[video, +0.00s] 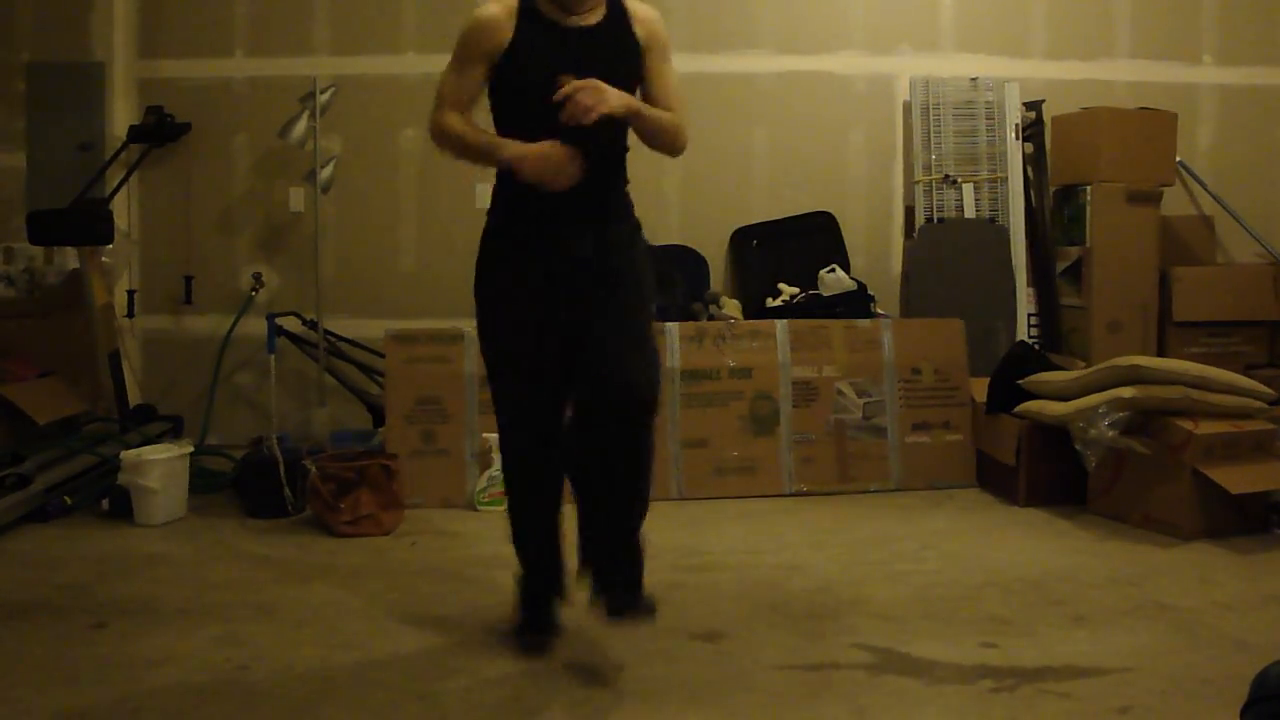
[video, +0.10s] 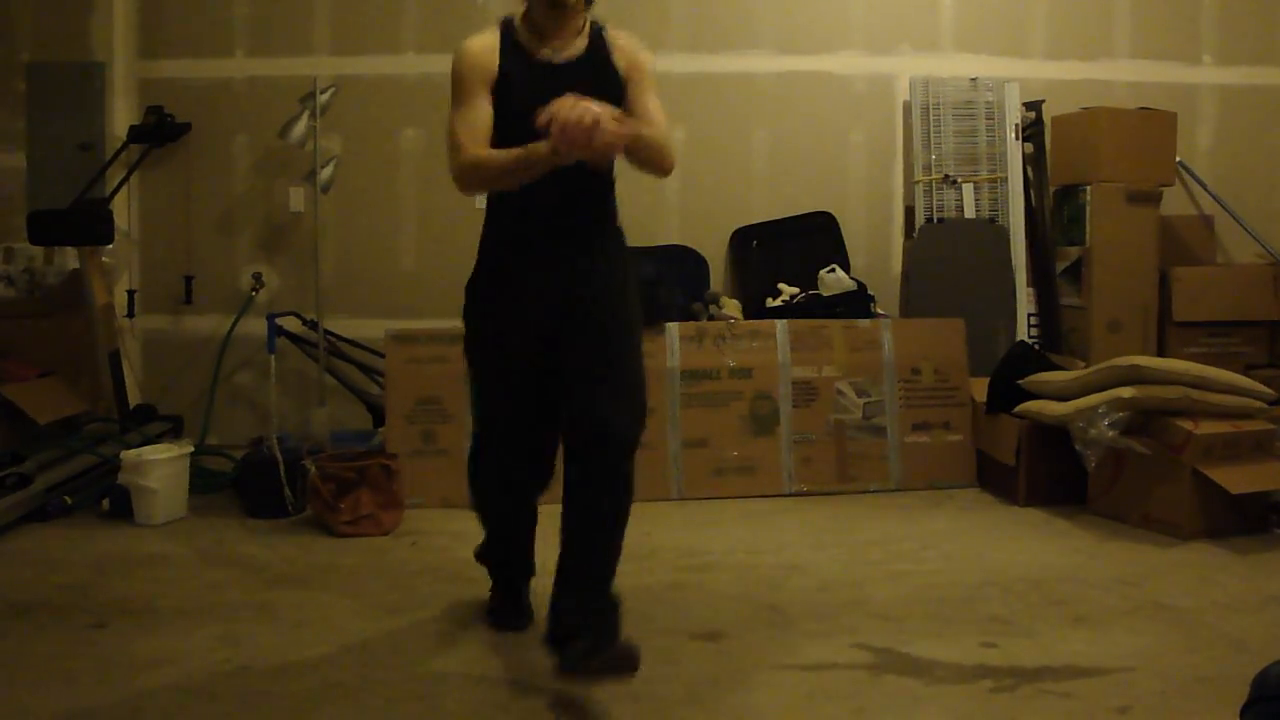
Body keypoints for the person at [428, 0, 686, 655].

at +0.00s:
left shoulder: (639, 26)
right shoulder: (496, 25)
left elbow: (675, 137)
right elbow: (445, 122)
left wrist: (625, 104)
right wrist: (518, 153)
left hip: (609, 248)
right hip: (521, 249)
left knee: (623, 408)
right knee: (530, 423)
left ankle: (617, 574)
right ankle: (538, 592)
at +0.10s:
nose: (567, 6)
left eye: (576, 2)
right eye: (555, 1)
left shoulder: (622, 53)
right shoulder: (482, 54)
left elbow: (661, 156)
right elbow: (468, 170)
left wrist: (614, 126)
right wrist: (556, 149)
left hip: (598, 285)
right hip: (510, 285)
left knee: (607, 452)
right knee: (508, 449)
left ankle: (584, 630)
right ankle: (508, 579)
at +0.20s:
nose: (570, 7)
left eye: (579, 0)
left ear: (593, 0)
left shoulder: (626, 64)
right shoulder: (486, 53)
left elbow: (644, 168)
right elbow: (482, 159)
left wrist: (609, 149)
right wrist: (571, 175)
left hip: (584, 287)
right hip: (499, 283)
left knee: (592, 463)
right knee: (492, 462)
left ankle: (545, 650)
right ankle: (517, 591)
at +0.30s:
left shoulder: (639, 57)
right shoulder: (503, 28)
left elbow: (638, 158)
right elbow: (475, 138)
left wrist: (627, 216)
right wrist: (530, 231)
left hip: (585, 269)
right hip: (492, 264)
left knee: (566, 452)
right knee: (482, 441)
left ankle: (492, 623)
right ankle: (487, 599)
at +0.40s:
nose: (595, 2)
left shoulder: (642, 68)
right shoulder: (503, 46)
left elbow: (637, 189)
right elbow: (441, 150)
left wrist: (644, 292)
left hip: (581, 292)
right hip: (496, 285)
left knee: (560, 484)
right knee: (496, 455)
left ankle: (474, 623)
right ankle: (407, 542)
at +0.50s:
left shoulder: (639, 40)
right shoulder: (507, 28)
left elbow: (640, 164)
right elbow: (416, 129)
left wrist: (659, 266)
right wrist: (336, 223)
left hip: (589, 272)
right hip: (516, 269)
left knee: (606, 457)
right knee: (543, 448)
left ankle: (486, 609)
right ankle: (466, 605)